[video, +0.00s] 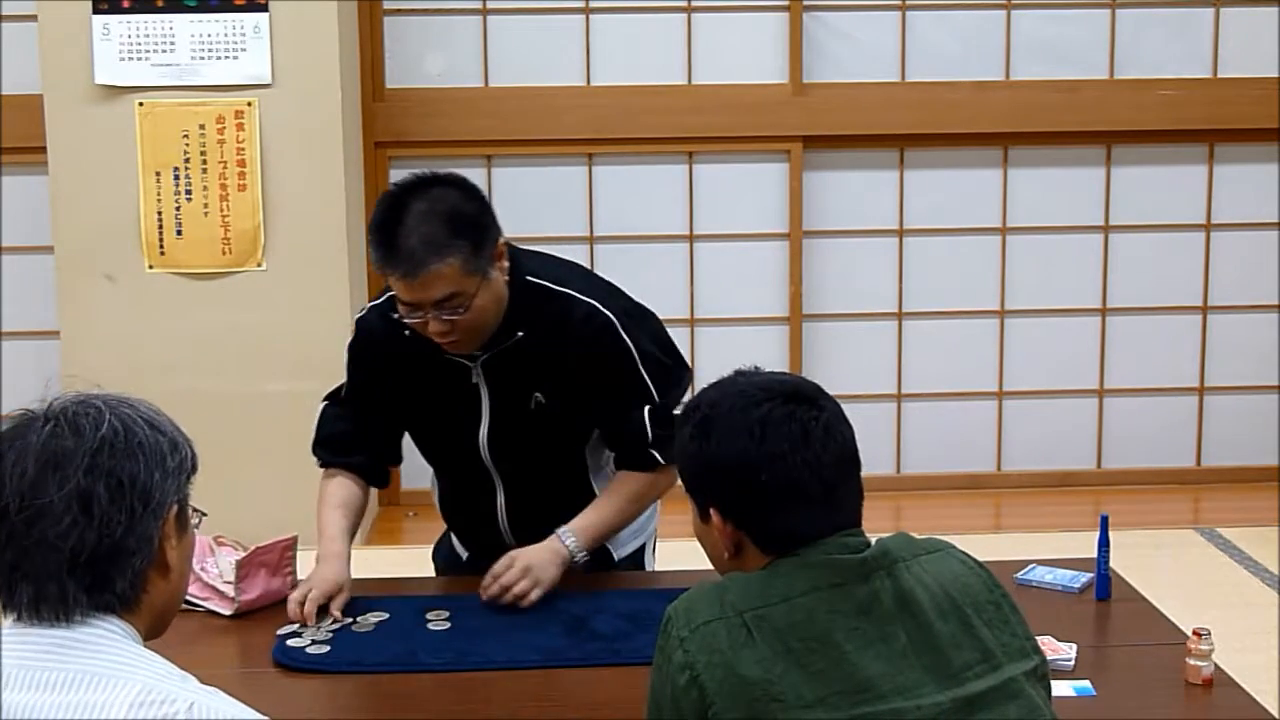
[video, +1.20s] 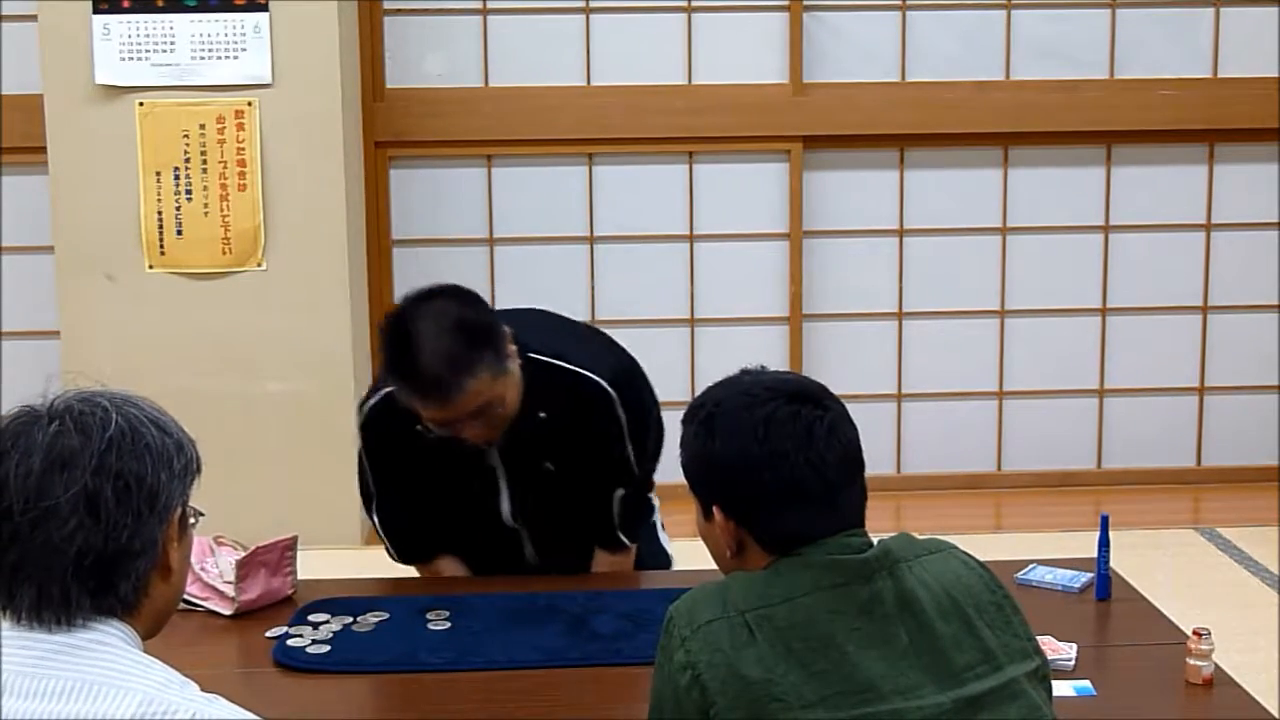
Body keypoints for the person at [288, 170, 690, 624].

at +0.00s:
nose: (435, 326)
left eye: (453, 304)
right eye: (412, 309)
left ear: (499, 262)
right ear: (390, 283)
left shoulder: (593, 320)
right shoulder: (383, 336)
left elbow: (657, 452)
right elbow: (351, 450)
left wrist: (560, 547)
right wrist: (332, 556)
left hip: (597, 559)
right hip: (472, 559)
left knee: (594, 704)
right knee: (464, 706)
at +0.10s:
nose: (414, 327)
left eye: (430, 305)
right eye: (392, 310)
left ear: (479, 260)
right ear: (372, 283)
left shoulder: (571, 318)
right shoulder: (370, 331)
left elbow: (623, 467)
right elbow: (330, 446)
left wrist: (515, 546)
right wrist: (312, 555)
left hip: (590, 551)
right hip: (469, 553)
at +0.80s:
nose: (378, 348)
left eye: (390, 322)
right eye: (353, 335)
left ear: (425, 268)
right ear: (326, 314)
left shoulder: (533, 313)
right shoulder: (326, 347)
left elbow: (631, 407)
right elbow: (323, 432)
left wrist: (570, 520)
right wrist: (347, 528)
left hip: (576, 563)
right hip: (453, 565)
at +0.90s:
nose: (389, 363)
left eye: (400, 338)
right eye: (363, 353)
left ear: (432, 283)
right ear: (335, 329)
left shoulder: (544, 333)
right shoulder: (333, 366)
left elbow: (603, 459)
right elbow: (352, 480)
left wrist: (565, 575)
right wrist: (403, 581)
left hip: (584, 556)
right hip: (455, 566)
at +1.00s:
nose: (401, 378)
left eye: (413, 353)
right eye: (375, 368)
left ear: (443, 298)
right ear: (346, 347)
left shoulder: (559, 349)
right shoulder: (340, 383)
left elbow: (589, 491)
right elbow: (378, 512)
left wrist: (564, 604)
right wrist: (441, 605)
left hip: (591, 558)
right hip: (463, 574)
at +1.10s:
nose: (440, 418)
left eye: (452, 393)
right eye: (413, 409)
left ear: (476, 332)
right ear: (379, 387)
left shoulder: (578, 376)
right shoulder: (363, 411)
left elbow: (596, 541)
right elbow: (424, 557)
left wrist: (584, 657)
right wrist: (484, 655)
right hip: (477, 578)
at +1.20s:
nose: (472, 434)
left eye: (485, 411)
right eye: (445, 424)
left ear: (511, 352)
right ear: (408, 398)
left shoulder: (600, 389)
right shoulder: (385, 420)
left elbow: (616, 548)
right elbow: (432, 558)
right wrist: (495, 648)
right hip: (483, 587)